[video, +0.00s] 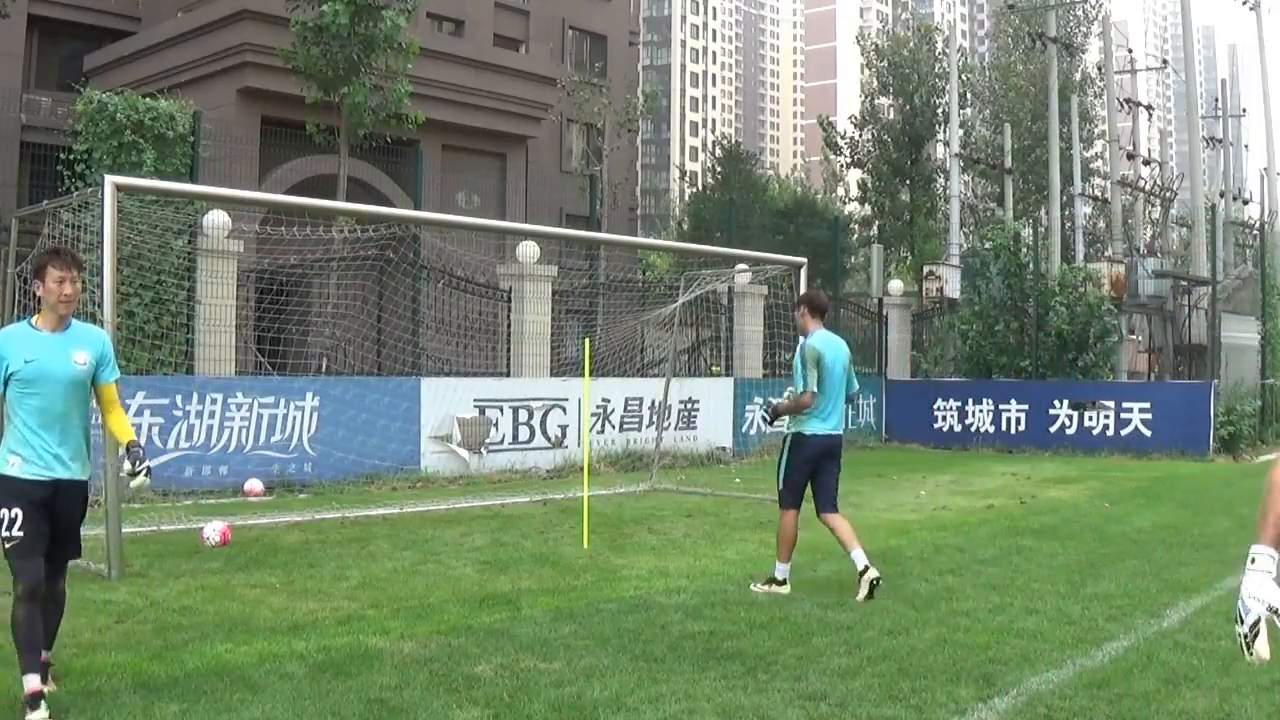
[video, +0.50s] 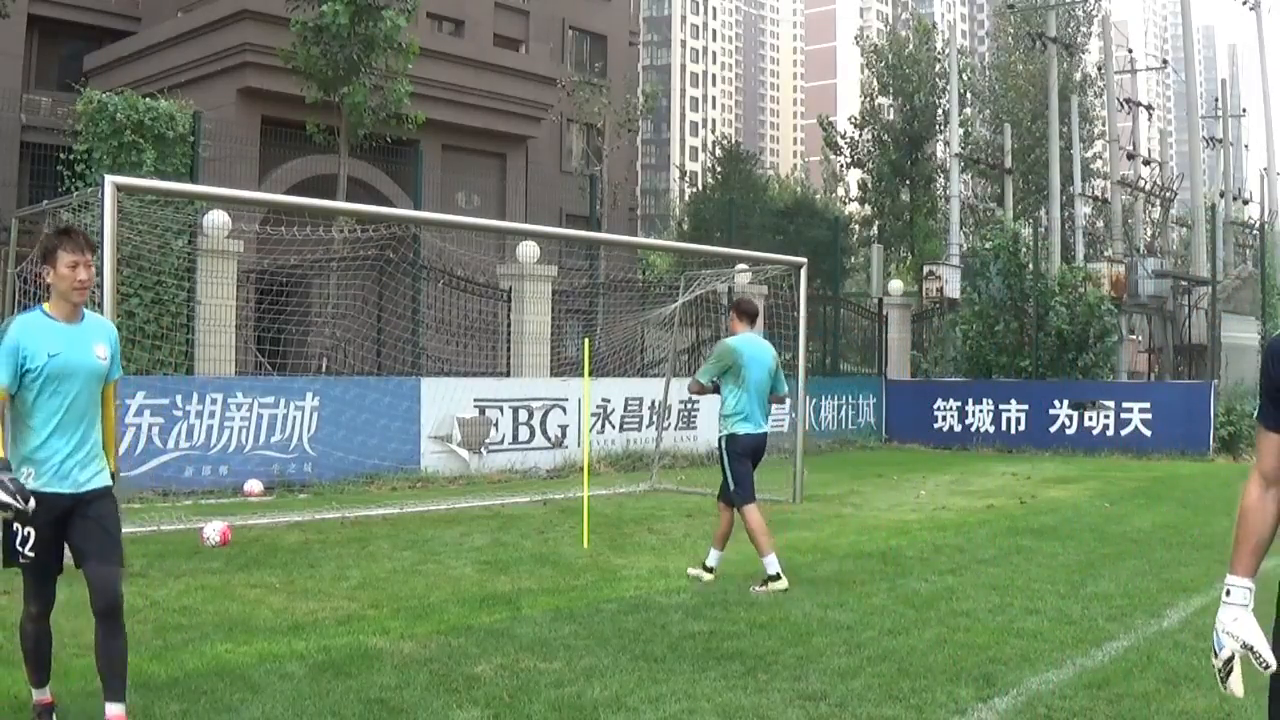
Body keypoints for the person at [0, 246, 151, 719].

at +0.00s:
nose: (69, 289)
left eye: (74, 282)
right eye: (60, 281)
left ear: (80, 288)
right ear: (38, 286)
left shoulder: (96, 341)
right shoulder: (7, 340)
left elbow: (112, 407)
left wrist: (131, 446)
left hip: (71, 479)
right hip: (18, 477)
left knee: (54, 581)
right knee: (29, 583)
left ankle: (43, 662)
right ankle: (33, 691)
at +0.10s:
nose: (69, 288)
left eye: (74, 280)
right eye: (59, 280)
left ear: (79, 287)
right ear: (36, 285)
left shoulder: (96, 341)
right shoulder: (8, 341)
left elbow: (112, 408)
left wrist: (133, 449)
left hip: (73, 482)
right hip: (20, 480)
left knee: (58, 586)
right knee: (32, 590)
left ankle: (45, 658)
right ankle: (41, 698)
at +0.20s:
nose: (68, 280)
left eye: (73, 272)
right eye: (58, 271)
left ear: (79, 278)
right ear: (34, 276)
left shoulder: (96, 333)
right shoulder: (8, 337)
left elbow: (109, 405)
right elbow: (2, 411)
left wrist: (127, 459)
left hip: (77, 483)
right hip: (20, 482)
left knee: (78, 598)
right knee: (29, 599)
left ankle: (54, 645)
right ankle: (40, 701)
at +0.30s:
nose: (70, 276)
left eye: (75, 267)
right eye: (60, 267)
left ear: (80, 274)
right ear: (36, 274)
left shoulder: (97, 331)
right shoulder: (9, 334)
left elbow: (108, 406)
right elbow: (3, 411)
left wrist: (123, 468)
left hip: (81, 483)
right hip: (22, 483)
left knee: (92, 592)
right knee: (30, 598)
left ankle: (62, 652)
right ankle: (40, 701)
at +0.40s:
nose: (77, 274)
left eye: (82, 265)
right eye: (66, 265)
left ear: (88, 270)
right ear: (41, 271)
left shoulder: (100, 329)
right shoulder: (13, 332)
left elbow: (107, 409)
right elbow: (1, 413)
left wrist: (113, 476)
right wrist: (0, 489)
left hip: (89, 482)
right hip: (29, 486)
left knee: (109, 587)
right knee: (34, 603)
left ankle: (90, 692)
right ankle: (42, 704)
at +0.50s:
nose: (84, 275)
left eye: (89, 266)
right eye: (73, 266)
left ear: (94, 271)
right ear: (47, 273)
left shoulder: (104, 331)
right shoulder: (20, 331)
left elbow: (108, 408)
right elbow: (2, 407)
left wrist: (110, 471)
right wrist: (4, 470)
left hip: (94, 487)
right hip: (36, 491)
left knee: (110, 600)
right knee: (38, 607)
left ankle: (116, 712)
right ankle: (42, 704)